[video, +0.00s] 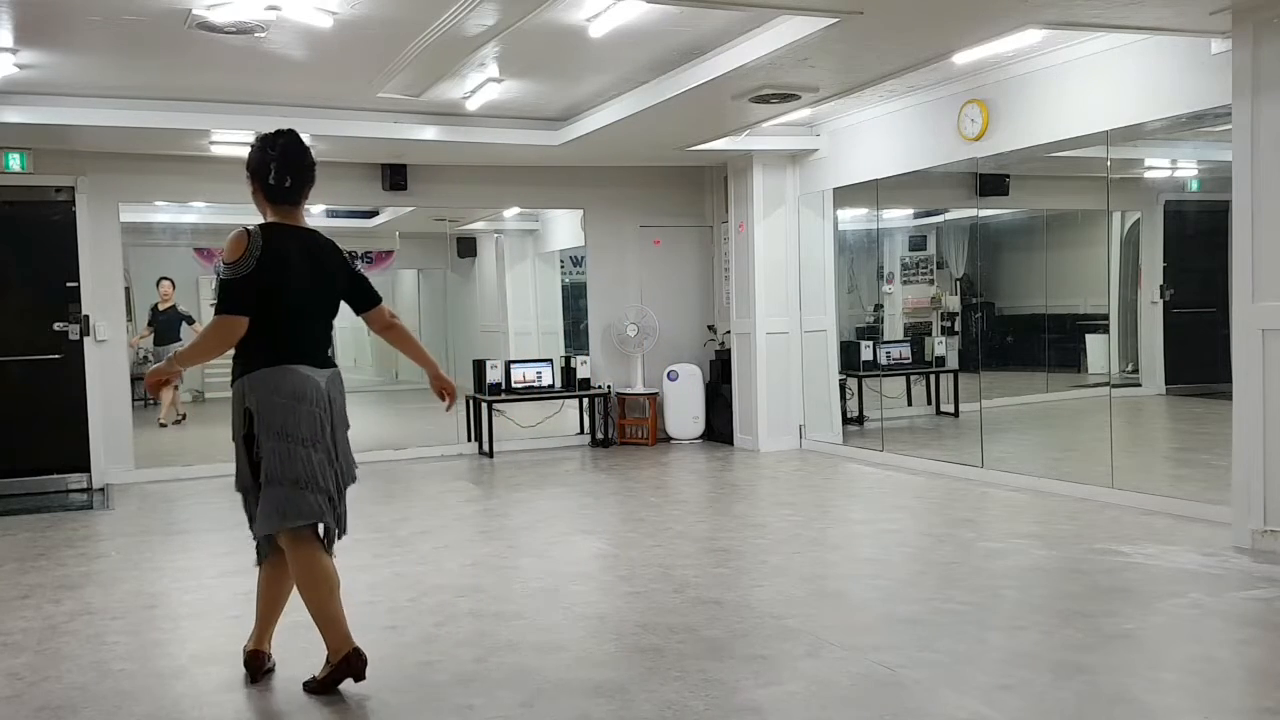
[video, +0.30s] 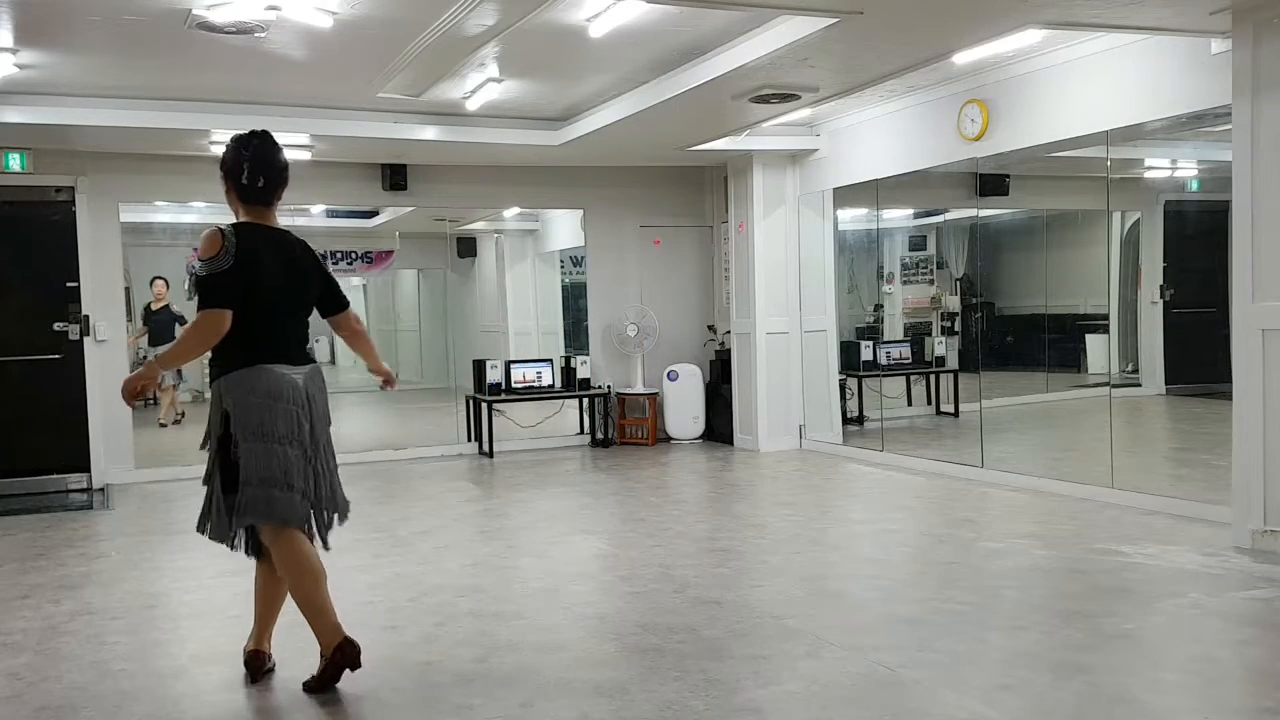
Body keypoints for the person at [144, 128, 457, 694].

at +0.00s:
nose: (250, 188)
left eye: (250, 181)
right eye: (254, 180)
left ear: (255, 187)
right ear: (309, 187)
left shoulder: (249, 246)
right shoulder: (329, 252)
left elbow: (231, 325)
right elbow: (381, 319)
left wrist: (176, 364)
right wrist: (432, 367)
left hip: (271, 389)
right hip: (325, 388)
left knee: (296, 523)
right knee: (284, 525)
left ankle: (341, 649)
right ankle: (259, 646)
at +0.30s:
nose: (223, 188)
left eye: (223, 181)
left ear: (228, 186)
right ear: (282, 186)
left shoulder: (223, 243)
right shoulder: (301, 251)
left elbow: (215, 321)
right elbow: (347, 323)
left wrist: (155, 369)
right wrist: (376, 364)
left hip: (252, 385)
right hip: (306, 383)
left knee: (277, 519)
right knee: (278, 521)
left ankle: (334, 641)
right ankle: (260, 645)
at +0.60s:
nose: (203, 192)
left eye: (202, 185)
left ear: (205, 193)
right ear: (260, 194)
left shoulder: (196, 250)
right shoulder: (281, 257)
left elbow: (182, 322)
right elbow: (324, 333)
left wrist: (127, 372)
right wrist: (321, 351)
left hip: (229, 395)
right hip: (291, 391)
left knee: (224, 527)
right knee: (280, 519)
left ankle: (296, 624)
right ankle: (259, 644)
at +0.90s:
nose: (188, 193)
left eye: (182, 185)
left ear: (184, 191)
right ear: (238, 192)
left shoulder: (168, 251)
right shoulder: (259, 253)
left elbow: (135, 314)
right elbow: (316, 329)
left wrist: (67, 341)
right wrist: (319, 349)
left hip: (192, 396)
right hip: (263, 395)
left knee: (166, 531)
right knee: (265, 523)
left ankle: (144, 666)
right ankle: (259, 649)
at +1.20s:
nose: (171, 192)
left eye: (149, 182)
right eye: (187, 183)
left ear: (140, 188)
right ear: (197, 191)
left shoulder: (113, 246)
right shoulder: (216, 253)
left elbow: (64, 320)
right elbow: (275, 321)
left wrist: (32, 300)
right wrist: (335, 353)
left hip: (137, 394)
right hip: (214, 392)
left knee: (137, 533)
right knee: (235, 522)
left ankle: (135, 671)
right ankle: (256, 647)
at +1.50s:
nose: (163, 195)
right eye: (164, 187)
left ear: (107, 191)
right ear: (163, 192)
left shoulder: (83, 253)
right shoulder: (182, 255)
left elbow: (72, 334)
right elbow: (243, 316)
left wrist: (111, 322)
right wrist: (330, 327)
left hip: (101, 396)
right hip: (176, 396)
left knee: (111, 536)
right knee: (173, 511)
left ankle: (132, 670)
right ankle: (172, 615)